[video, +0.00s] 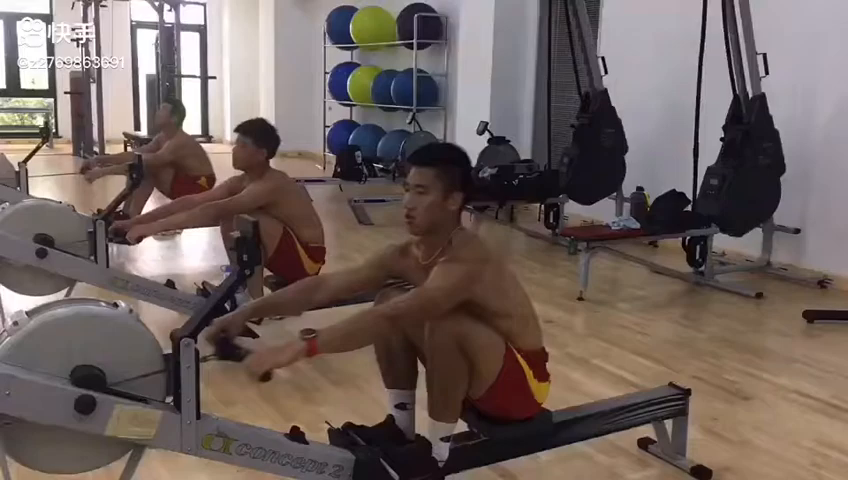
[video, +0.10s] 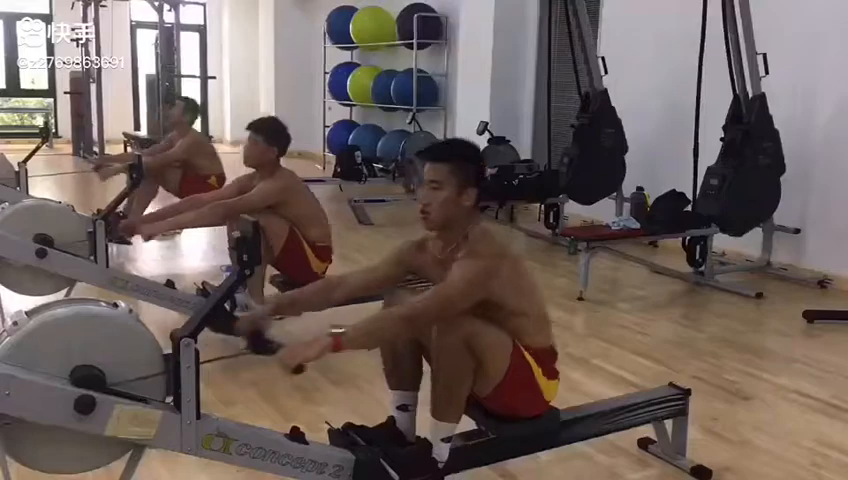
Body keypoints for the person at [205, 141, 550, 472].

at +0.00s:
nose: (407, 203)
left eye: (420, 193)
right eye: (406, 191)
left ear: (454, 201)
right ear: (404, 193)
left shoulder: (468, 260)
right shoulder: (405, 254)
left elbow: (394, 316)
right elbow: (322, 287)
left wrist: (302, 346)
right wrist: (246, 313)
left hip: (518, 391)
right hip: (471, 380)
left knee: (446, 326)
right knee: (390, 302)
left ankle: (439, 448)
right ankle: (401, 430)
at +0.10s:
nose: (421, 199)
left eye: (435, 188)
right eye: (421, 187)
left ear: (469, 196)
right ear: (418, 191)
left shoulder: (487, 256)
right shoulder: (420, 251)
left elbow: (418, 317)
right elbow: (341, 286)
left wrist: (328, 342)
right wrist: (269, 310)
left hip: (529, 389)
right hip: (478, 382)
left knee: (450, 326)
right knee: (397, 309)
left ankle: (435, 454)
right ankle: (402, 430)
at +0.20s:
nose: (457, 191)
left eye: (469, 182)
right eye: (456, 180)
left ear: (500, 190)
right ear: (452, 182)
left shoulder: (521, 250)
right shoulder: (456, 242)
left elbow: (462, 313)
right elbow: (390, 285)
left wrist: (380, 337)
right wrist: (321, 304)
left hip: (548, 380)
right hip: (500, 370)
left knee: (465, 329)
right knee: (416, 304)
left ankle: (434, 457)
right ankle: (403, 432)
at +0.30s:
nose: (498, 184)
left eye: (511, 174)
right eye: (497, 173)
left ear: (542, 183)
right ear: (494, 177)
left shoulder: (559, 245)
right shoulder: (495, 236)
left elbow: (503, 306)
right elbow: (427, 276)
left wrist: (429, 331)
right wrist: (362, 296)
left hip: (574, 371)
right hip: (531, 351)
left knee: (489, 336)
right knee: (436, 309)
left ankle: (438, 455)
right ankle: (403, 433)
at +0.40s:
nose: (544, 176)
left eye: (557, 167)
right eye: (543, 166)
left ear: (588, 176)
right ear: (541, 170)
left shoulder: (600, 234)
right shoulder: (536, 225)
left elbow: (544, 299)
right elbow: (468, 269)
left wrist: (479, 320)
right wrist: (413, 282)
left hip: (597, 362)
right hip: (557, 343)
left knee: (512, 343)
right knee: (452, 324)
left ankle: (438, 459)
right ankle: (402, 435)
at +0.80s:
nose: (684, 197)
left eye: (696, 190)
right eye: (683, 188)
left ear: (721, 200)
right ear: (678, 191)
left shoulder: (727, 252)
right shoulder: (652, 235)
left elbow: (731, 320)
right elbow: (622, 268)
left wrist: (699, 289)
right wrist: (587, 260)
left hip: (643, 349)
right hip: (603, 327)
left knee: (548, 386)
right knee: (509, 368)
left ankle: (436, 462)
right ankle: (400, 437)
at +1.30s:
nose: (663, 185)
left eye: (675, 177)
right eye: (661, 175)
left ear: (701, 187)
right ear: (658, 181)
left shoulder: (711, 246)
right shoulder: (637, 232)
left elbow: (730, 323)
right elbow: (612, 282)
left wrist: (685, 299)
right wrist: (583, 281)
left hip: (639, 347)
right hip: (601, 324)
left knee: (545, 384)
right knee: (509, 363)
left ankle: (430, 463)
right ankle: (396, 433)